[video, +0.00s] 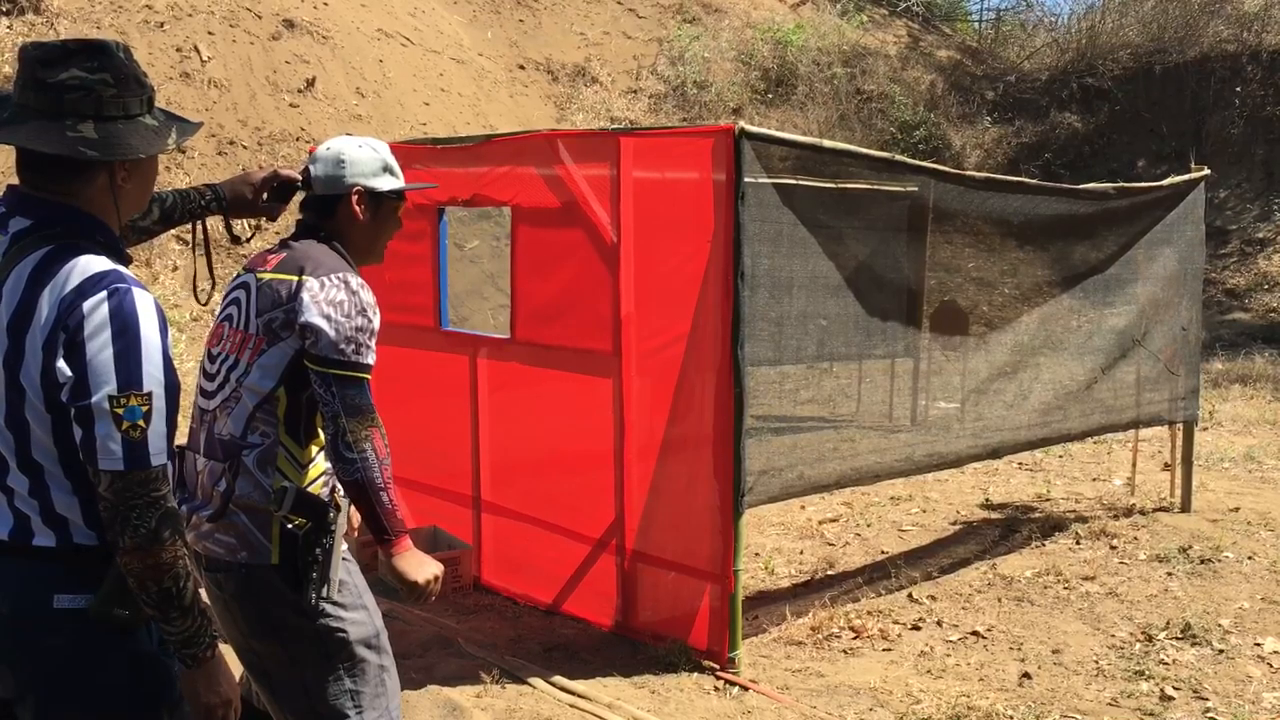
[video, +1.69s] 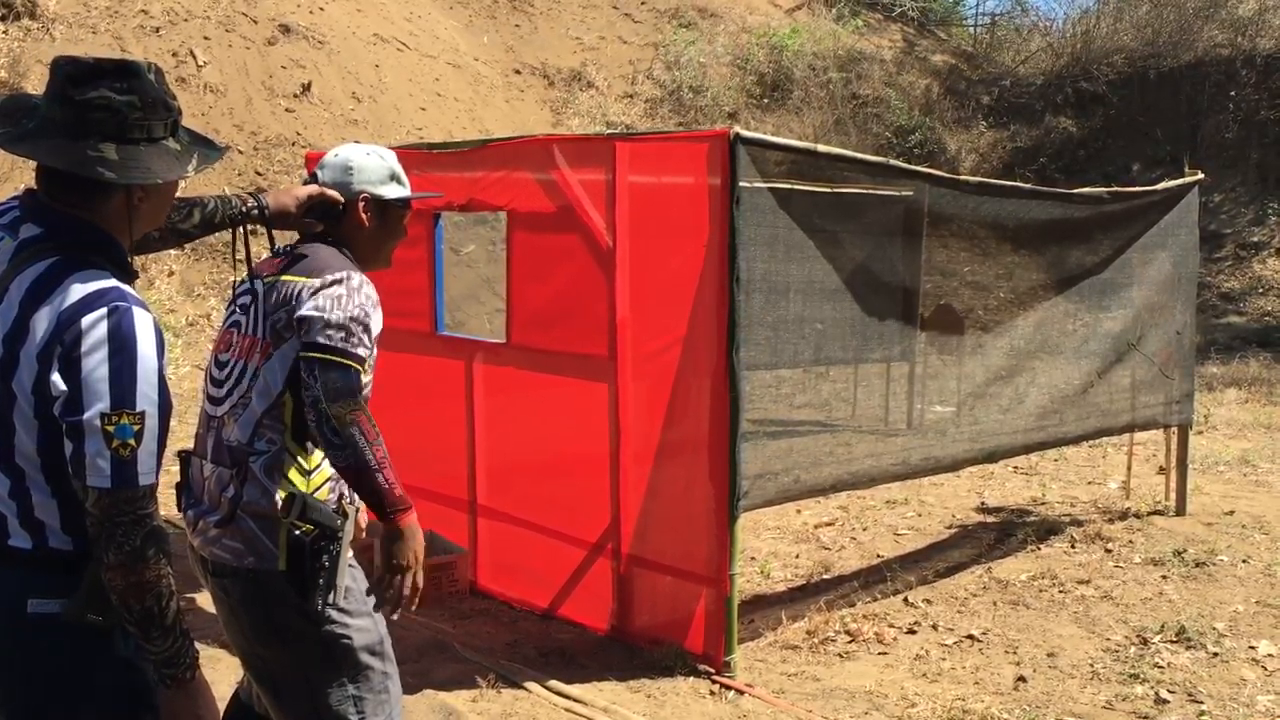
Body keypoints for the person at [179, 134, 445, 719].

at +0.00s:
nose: (402, 222)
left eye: (403, 207)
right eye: (397, 206)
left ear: (335, 201)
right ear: (358, 205)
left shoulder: (263, 266)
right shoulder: (337, 286)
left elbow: (273, 406)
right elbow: (352, 431)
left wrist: (334, 494)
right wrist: (401, 545)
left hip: (222, 531)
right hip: (280, 543)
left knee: (283, 694)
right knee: (363, 700)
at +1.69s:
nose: (405, 231)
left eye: (407, 217)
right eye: (401, 216)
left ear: (334, 210)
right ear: (362, 213)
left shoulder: (269, 272)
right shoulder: (342, 286)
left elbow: (266, 415)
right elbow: (336, 411)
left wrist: (337, 503)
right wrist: (401, 515)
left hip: (225, 528)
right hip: (281, 540)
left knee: (276, 687)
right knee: (367, 701)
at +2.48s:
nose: (386, 266)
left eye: (387, 254)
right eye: (378, 254)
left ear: (339, 253)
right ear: (341, 254)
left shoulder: (328, 285)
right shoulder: (319, 300)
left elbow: (420, 311)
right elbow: (414, 341)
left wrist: (507, 314)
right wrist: (501, 325)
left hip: (238, 478)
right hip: (243, 494)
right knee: (363, 582)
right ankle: (281, 699)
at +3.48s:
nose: (386, 335)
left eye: (387, 325)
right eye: (378, 324)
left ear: (355, 320)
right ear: (344, 319)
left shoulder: (340, 344)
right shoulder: (312, 351)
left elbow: (411, 360)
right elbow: (401, 380)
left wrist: (494, 361)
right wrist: (486, 375)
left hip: (268, 486)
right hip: (230, 494)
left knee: (308, 556)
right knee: (320, 573)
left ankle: (265, 651)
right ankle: (270, 698)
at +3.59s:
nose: (388, 336)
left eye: (388, 326)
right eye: (380, 326)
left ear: (355, 322)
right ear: (348, 322)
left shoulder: (342, 347)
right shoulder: (313, 354)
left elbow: (413, 362)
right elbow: (401, 382)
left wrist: (494, 364)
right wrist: (488, 377)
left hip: (266, 489)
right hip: (230, 498)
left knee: (306, 556)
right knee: (324, 575)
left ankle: (263, 650)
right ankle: (269, 699)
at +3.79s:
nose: (393, 336)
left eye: (392, 328)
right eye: (384, 328)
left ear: (355, 327)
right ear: (352, 329)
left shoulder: (334, 346)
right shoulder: (330, 367)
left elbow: (419, 357)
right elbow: (418, 383)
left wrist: (497, 354)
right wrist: (500, 364)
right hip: (235, 511)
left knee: (298, 544)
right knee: (330, 583)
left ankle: (259, 643)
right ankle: (268, 701)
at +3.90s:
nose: (395, 339)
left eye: (394, 330)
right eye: (387, 331)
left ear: (354, 328)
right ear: (355, 331)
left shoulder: (330, 346)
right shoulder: (333, 369)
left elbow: (419, 357)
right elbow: (422, 384)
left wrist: (499, 355)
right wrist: (503, 364)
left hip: (218, 497)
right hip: (237, 517)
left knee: (295, 543)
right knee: (334, 583)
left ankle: (258, 642)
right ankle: (268, 702)